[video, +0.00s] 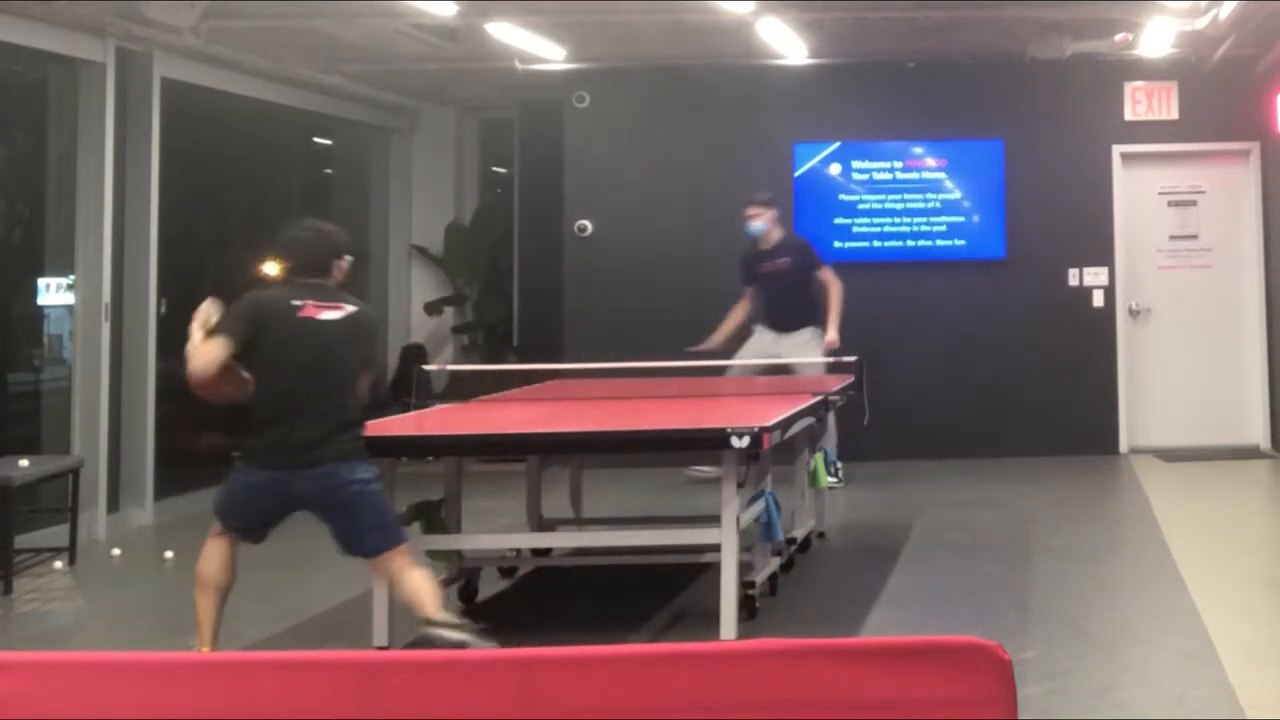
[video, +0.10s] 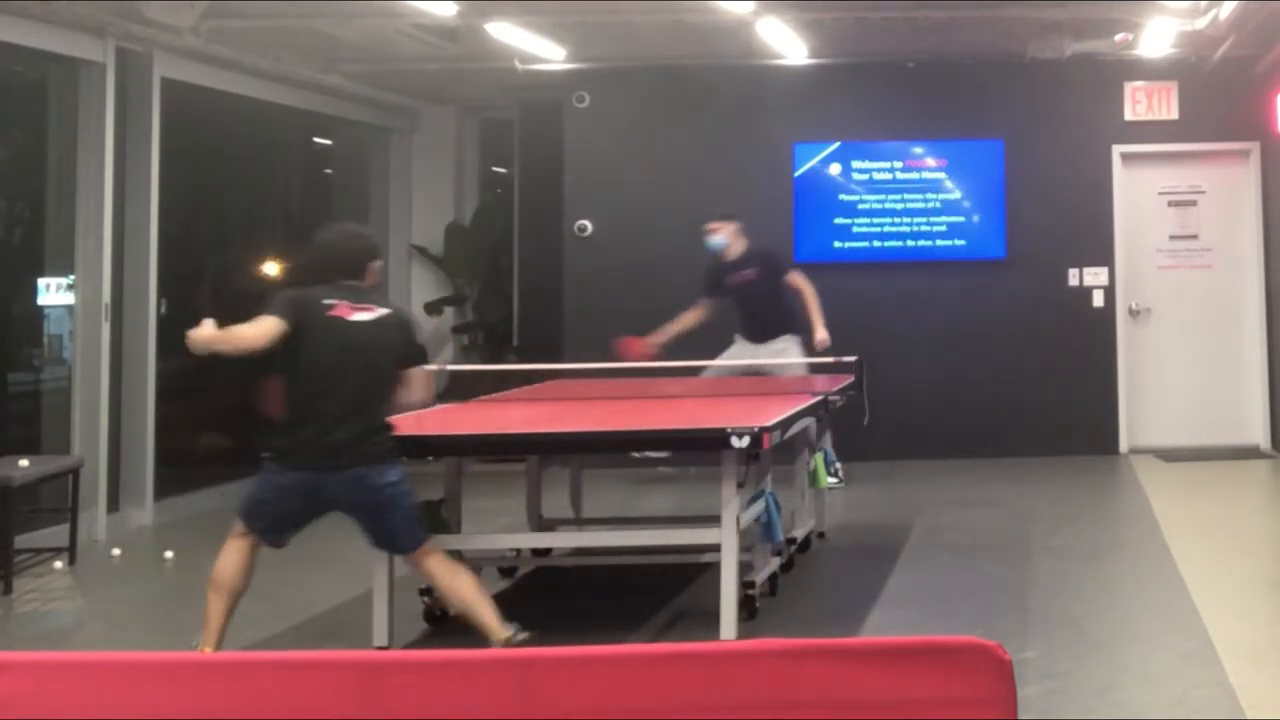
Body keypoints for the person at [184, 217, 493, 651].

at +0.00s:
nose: (349, 266)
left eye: (346, 258)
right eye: (346, 259)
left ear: (286, 263)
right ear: (336, 265)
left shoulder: (259, 305)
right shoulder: (361, 317)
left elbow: (201, 371)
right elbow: (363, 390)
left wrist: (199, 327)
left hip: (267, 467)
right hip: (340, 467)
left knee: (223, 536)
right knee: (396, 557)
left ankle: (204, 649)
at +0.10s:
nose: (380, 269)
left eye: (377, 261)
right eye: (378, 262)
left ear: (319, 264)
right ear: (371, 271)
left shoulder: (298, 303)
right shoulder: (393, 320)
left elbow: (257, 338)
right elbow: (418, 393)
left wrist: (210, 338)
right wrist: (370, 404)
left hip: (300, 465)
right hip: (370, 467)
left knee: (245, 535)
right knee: (426, 554)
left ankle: (207, 649)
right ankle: (503, 634)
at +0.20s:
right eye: (414, 251)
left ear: (364, 248)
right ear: (414, 255)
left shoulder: (341, 293)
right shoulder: (441, 301)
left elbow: (304, 351)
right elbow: (475, 375)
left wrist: (254, 345)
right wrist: (428, 391)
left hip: (340, 454)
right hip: (410, 454)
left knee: (272, 543)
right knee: (455, 548)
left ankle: (211, 649)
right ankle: (516, 640)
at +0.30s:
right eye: (453, 223)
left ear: (399, 226)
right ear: (452, 229)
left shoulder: (368, 274)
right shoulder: (481, 280)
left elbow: (328, 345)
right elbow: (525, 341)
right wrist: (473, 357)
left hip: (364, 439)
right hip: (434, 441)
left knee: (293, 542)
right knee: (468, 536)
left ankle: (219, 646)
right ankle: (514, 636)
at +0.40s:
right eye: (469, 202)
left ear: (419, 204)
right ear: (472, 207)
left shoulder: (386, 255)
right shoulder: (495, 262)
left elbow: (340, 329)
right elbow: (552, 317)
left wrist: (392, 342)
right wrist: (507, 346)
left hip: (377, 421)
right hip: (449, 423)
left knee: (316, 526)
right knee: (479, 526)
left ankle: (272, 650)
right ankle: (515, 638)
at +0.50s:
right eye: (478, 192)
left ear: (425, 197)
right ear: (479, 198)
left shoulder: (389, 248)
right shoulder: (502, 254)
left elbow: (350, 323)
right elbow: (552, 316)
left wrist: (400, 337)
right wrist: (507, 344)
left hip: (386, 416)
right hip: (459, 416)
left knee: (341, 521)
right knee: (485, 524)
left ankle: (347, 639)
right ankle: (516, 638)